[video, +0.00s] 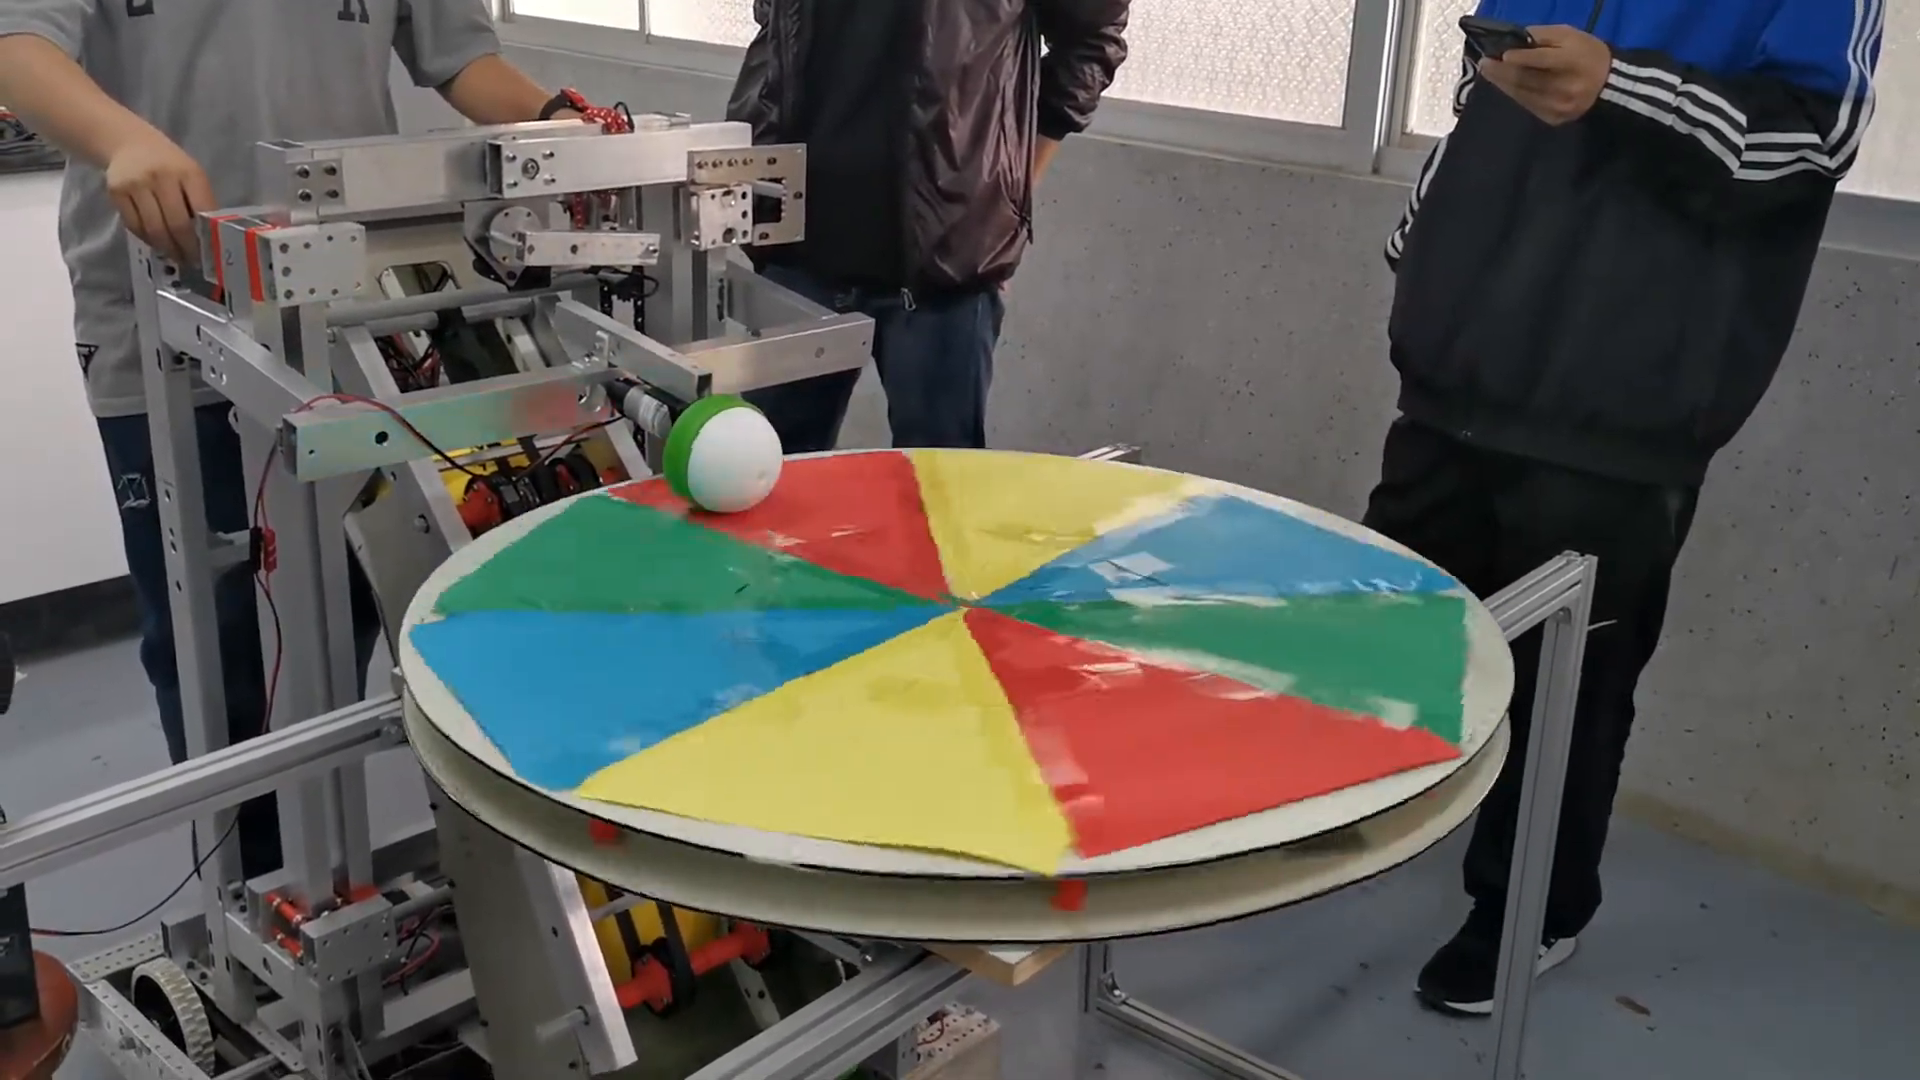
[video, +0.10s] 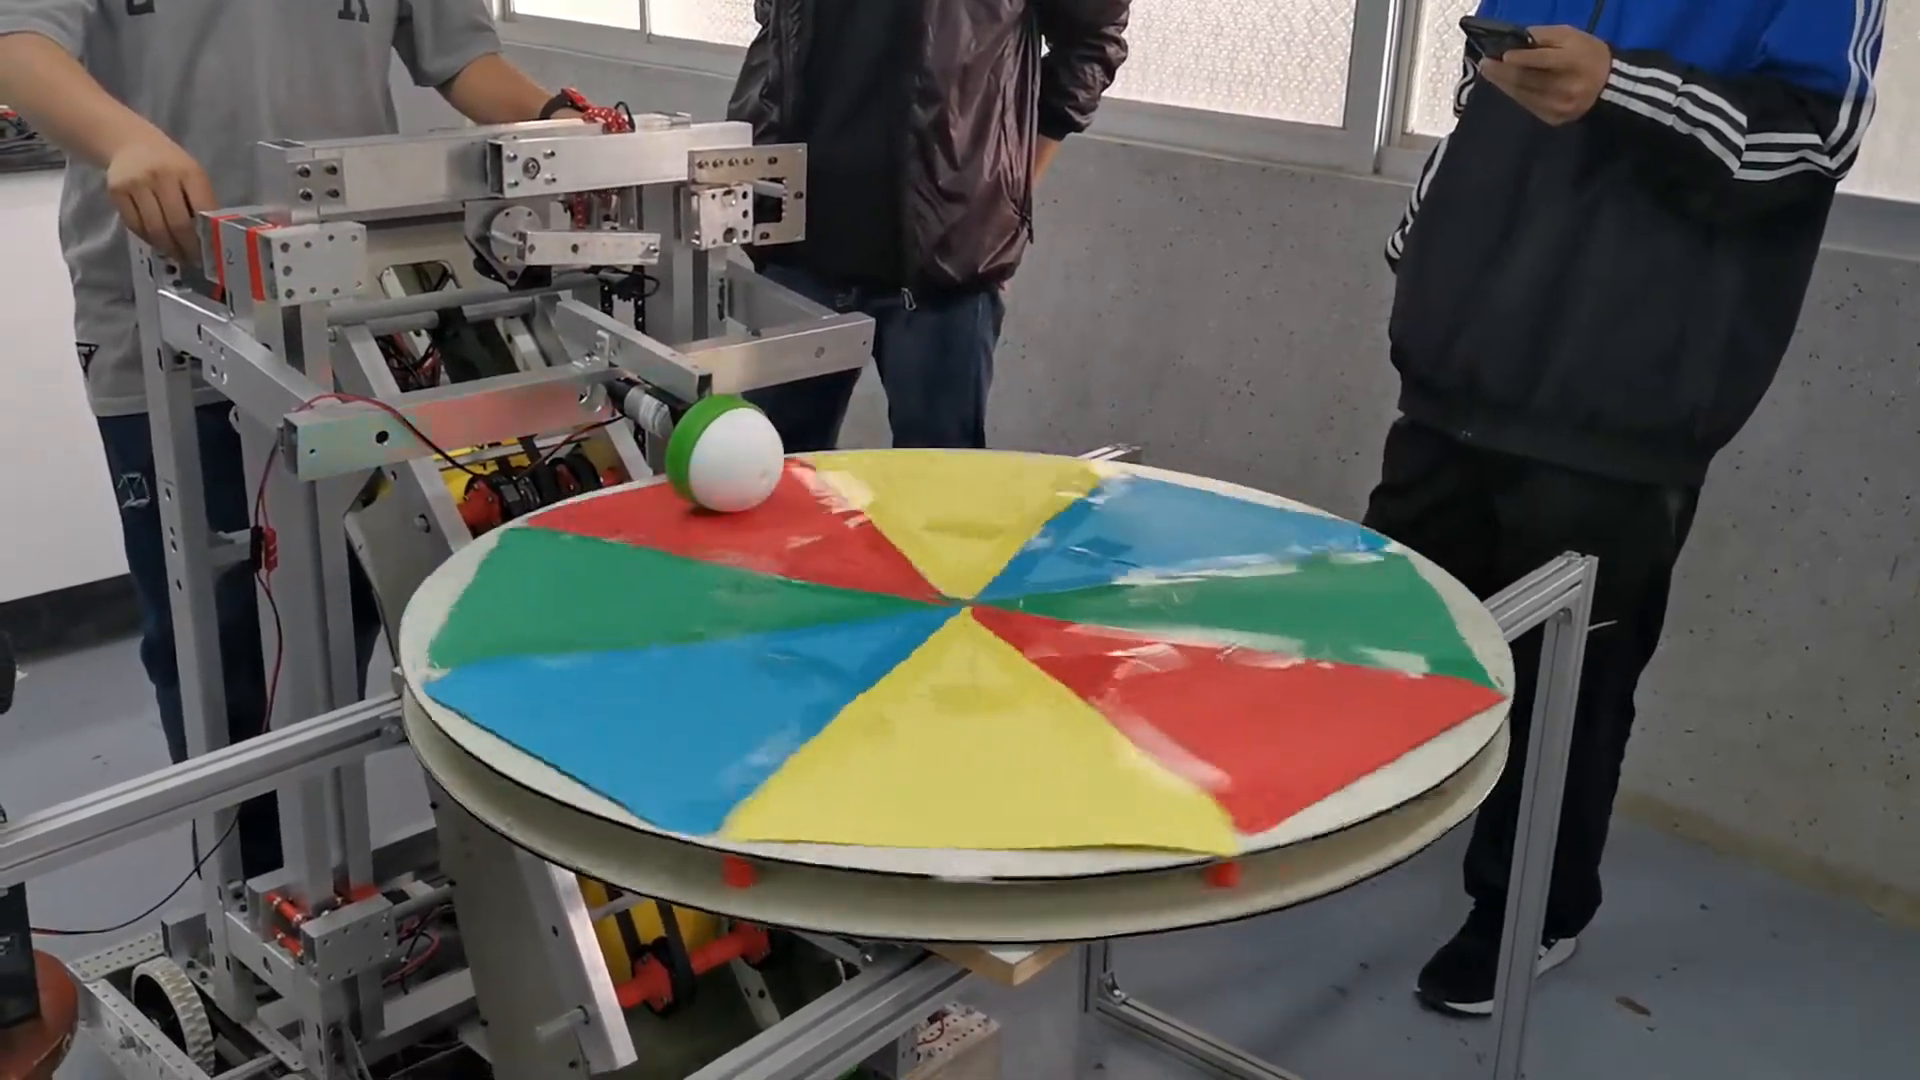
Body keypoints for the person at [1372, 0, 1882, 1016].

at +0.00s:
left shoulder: (1819, 6)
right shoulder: (1537, 5)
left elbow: (1812, 141)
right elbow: (1487, 93)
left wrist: (1613, 86)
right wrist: (1415, 243)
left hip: (1638, 375)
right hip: (1472, 330)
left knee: (1571, 667)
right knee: (1398, 615)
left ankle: (1528, 910)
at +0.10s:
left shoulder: (1821, 6)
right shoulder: (1536, 5)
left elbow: (1813, 141)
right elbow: (1487, 97)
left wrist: (1614, 86)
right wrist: (1415, 243)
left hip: (1638, 377)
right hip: (1472, 333)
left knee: (1571, 670)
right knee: (1398, 614)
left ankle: (1527, 910)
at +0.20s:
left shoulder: (1821, 7)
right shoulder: (1539, 5)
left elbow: (1813, 142)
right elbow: (1487, 98)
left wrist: (1613, 86)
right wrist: (1415, 245)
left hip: (1639, 376)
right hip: (1473, 330)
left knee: (1572, 669)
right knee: (1397, 615)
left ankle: (1528, 910)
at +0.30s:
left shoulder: (1821, 7)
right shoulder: (1539, 5)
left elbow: (1813, 141)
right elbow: (1488, 99)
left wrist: (1613, 85)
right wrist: (1415, 244)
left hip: (1639, 376)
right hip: (1473, 330)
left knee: (1572, 670)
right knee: (1398, 613)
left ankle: (1529, 910)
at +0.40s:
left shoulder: (1820, 7)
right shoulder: (1539, 5)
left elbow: (1813, 141)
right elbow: (1488, 99)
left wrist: (1612, 85)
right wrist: (1416, 244)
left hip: (1639, 376)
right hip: (1473, 330)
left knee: (1573, 670)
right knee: (1397, 617)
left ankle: (1529, 911)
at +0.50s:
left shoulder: (1820, 7)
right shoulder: (1539, 6)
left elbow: (1811, 142)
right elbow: (1490, 96)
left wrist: (1612, 85)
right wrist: (1415, 246)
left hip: (1641, 373)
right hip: (1474, 327)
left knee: (1573, 666)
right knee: (1394, 615)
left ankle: (1528, 909)